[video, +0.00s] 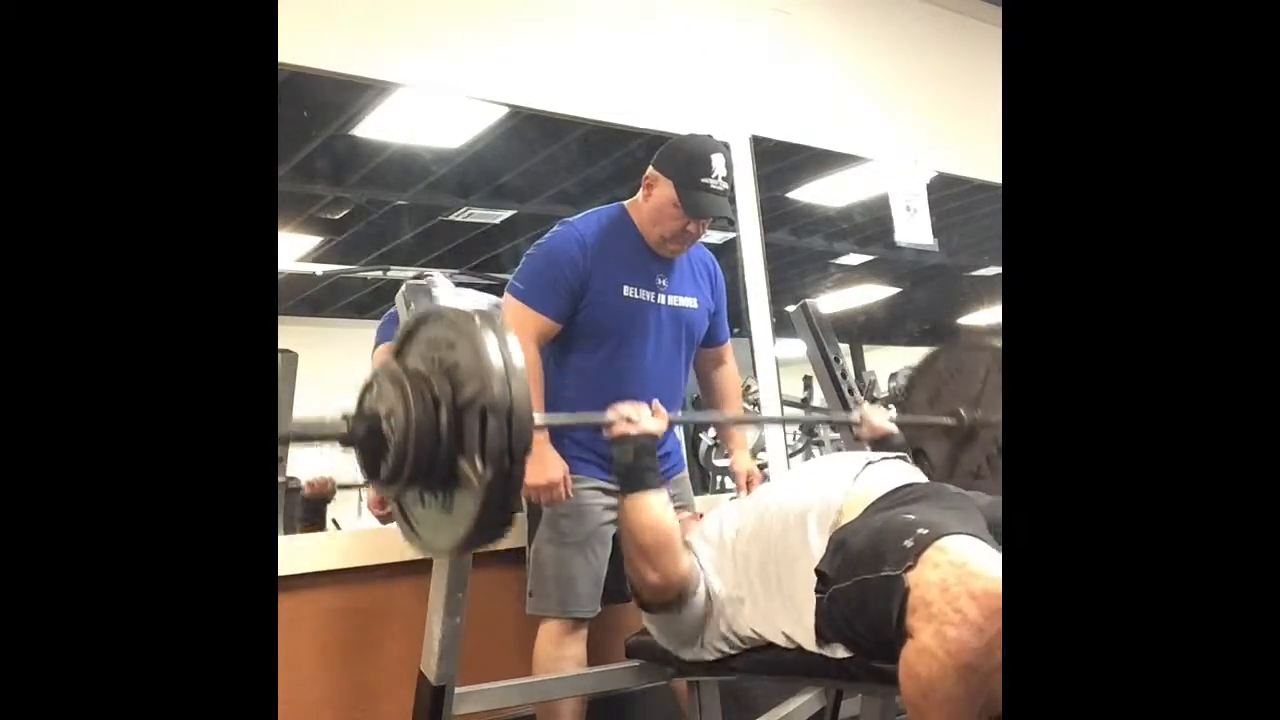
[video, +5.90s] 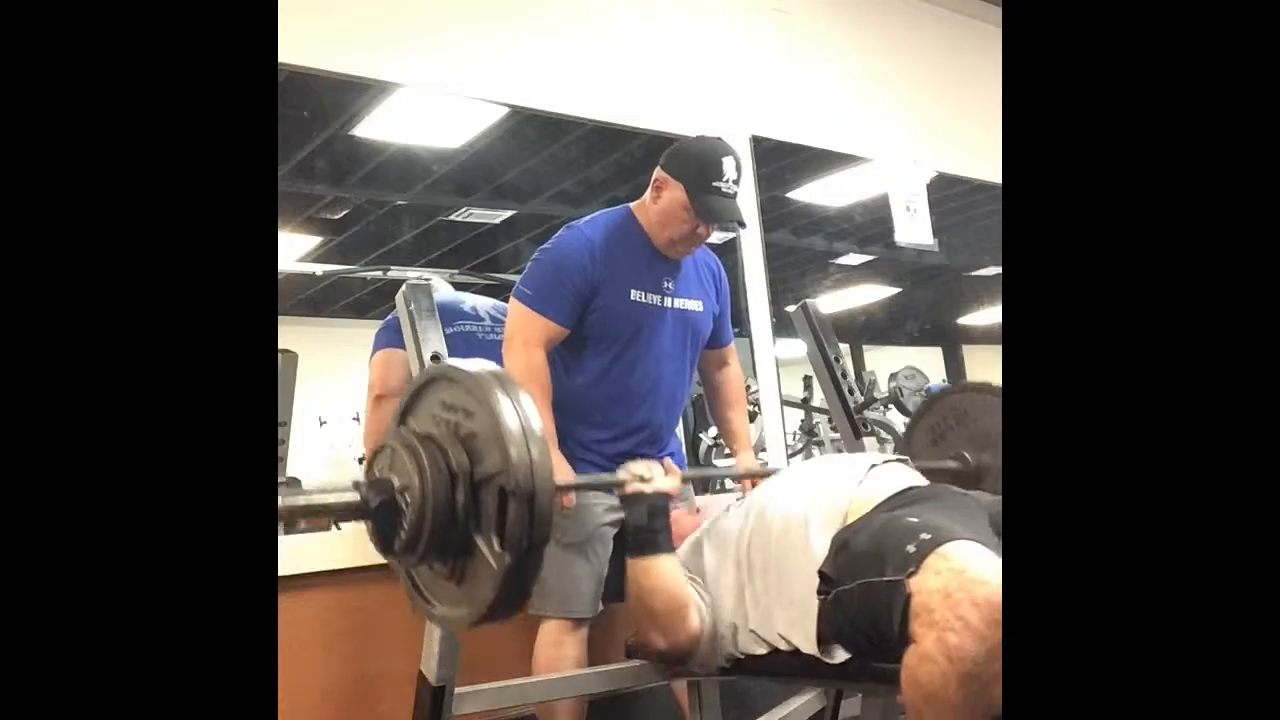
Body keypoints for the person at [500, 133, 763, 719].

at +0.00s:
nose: (699, 227)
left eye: (708, 218)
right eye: (689, 211)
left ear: (717, 214)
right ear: (650, 186)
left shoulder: (704, 269)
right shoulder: (575, 246)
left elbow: (718, 364)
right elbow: (516, 340)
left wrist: (739, 449)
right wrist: (535, 444)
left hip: (661, 473)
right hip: (579, 469)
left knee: (634, 614)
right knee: (568, 620)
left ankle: (616, 715)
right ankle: (563, 718)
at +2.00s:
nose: (704, 229)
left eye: (713, 219)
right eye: (696, 212)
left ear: (722, 214)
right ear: (657, 186)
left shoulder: (706, 270)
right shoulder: (579, 247)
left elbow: (719, 364)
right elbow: (520, 340)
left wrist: (739, 449)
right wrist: (538, 446)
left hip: (661, 470)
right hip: (579, 467)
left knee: (652, 611)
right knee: (570, 619)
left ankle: (638, 713)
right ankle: (565, 716)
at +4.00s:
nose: (703, 228)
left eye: (712, 218)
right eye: (694, 212)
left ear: (722, 214)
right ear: (655, 185)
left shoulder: (706, 270)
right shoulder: (578, 247)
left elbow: (719, 364)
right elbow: (521, 341)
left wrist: (740, 450)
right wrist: (537, 448)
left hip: (662, 470)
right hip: (579, 468)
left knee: (657, 612)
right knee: (569, 622)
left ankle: (645, 714)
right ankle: (563, 717)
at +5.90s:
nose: (707, 232)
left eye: (716, 222)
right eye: (699, 216)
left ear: (724, 218)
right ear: (660, 189)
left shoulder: (708, 271)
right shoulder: (581, 249)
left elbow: (721, 367)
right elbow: (524, 345)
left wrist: (743, 451)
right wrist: (548, 454)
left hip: (659, 467)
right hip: (579, 468)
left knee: (663, 616)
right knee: (569, 619)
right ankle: (564, 716)